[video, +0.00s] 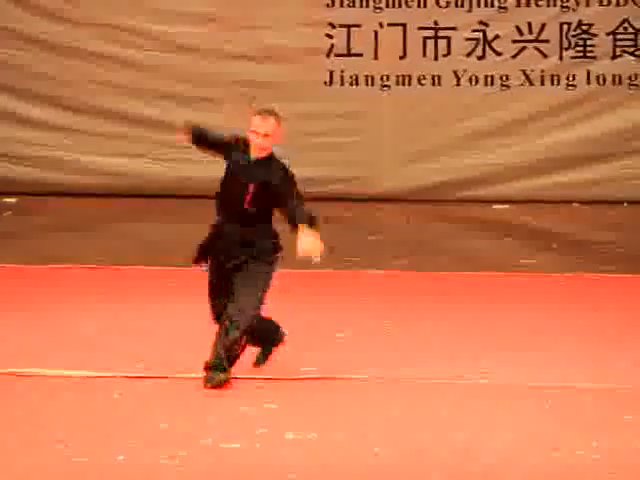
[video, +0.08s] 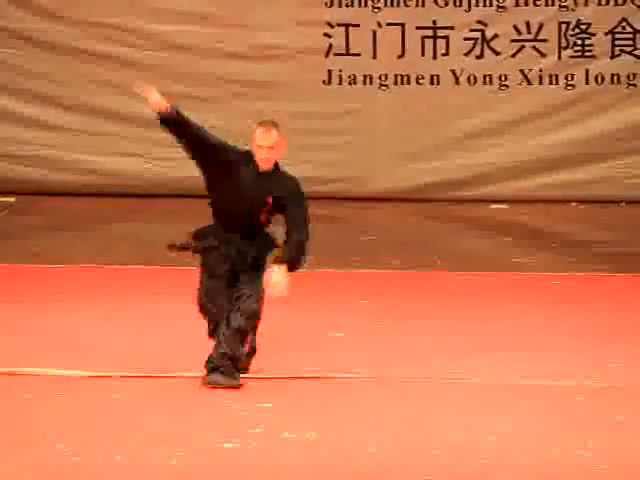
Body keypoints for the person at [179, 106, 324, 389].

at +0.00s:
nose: (258, 140)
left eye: (265, 135)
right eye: (255, 133)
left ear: (276, 137)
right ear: (248, 131)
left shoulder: (278, 173)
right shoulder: (236, 151)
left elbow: (294, 204)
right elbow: (214, 144)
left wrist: (305, 229)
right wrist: (194, 135)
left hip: (257, 250)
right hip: (225, 244)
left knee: (241, 310)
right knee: (222, 310)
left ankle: (219, 366)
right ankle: (268, 334)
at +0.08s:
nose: (265, 153)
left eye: (271, 147)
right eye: (260, 146)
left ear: (281, 149)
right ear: (251, 145)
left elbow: (297, 231)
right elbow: (196, 139)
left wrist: (285, 264)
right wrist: (168, 113)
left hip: (254, 248)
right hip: (220, 242)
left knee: (247, 307)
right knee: (212, 302)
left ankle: (221, 367)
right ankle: (239, 347)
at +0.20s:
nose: (269, 161)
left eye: (275, 155)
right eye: (263, 153)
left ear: (282, 155)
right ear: (252, 152)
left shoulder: (265, 185)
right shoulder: (241, 181)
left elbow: (267, 224)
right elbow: (253, 220)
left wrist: (255, 249)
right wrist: (285, 252)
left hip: (237, 260)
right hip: (214, 259)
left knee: (257, 314)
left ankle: (227, 368)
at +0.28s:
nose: (278, 162)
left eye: (282, 156)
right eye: (273, 154)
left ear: (285, 156)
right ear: (256, 150)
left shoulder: (255, 181)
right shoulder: (245, 183)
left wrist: (258, 248)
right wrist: (254, 250)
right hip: (225, 261)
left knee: (216, 316)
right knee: (255, 316)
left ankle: (217, 363)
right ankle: (224, 370)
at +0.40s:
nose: (265, 164)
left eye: (269, 159)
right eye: (260, 157)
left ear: (273, 157)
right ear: (244, 152)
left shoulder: (246, 178)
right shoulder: (243, 184)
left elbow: (271, 197)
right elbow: (278, 214)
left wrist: (288, 218)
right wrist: (293, 206)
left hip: (226, 261)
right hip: (211, 262)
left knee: (254, 320)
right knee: (229, 332)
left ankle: (224, 373)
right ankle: (167, 345)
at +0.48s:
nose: (262, 174)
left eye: (266, 168)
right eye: (256, 168)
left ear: (270, 165)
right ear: (243, 161)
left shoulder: (247, 181)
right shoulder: (235, 185)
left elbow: (278, 170)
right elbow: (267, 187)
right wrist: (299, 180)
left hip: (226, 265)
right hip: (204, 266)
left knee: (251, 318)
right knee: (230, 325)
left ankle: (226, 371)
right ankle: (191, 373)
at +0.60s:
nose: (266, 195)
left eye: (269, 189)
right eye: (262, 188)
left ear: (270, 191)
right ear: (248, 187)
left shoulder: (253, 217)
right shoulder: (232, 210)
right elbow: (236, 189)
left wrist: (274, 163)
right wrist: (257, 160)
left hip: (233, 278)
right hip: (210, 277)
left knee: (249, 314)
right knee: (222, 324)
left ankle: (232, 365)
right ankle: (216, 401)